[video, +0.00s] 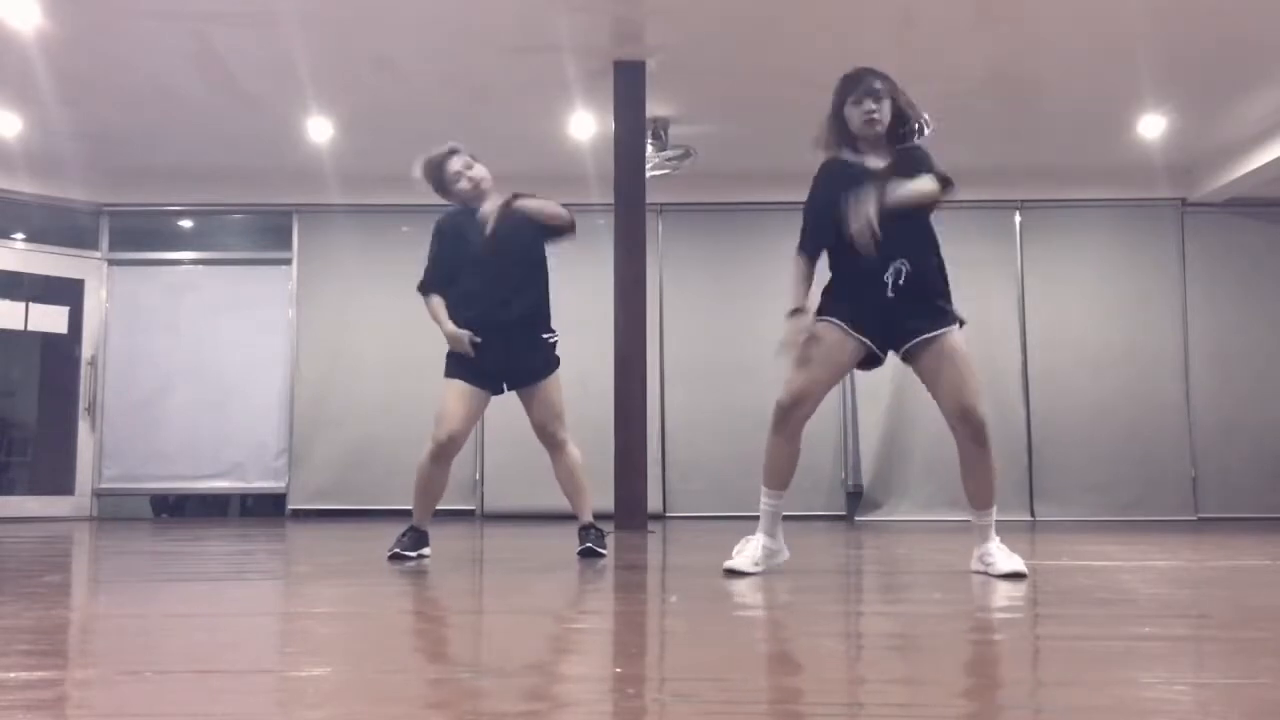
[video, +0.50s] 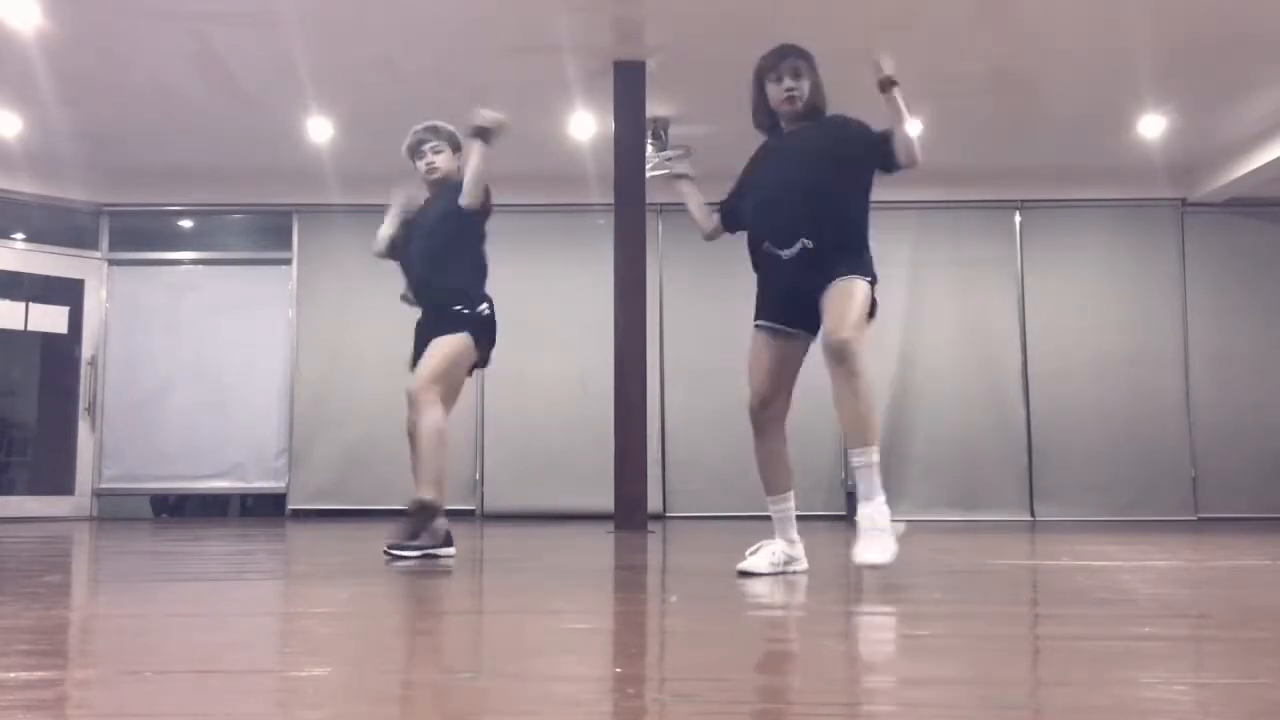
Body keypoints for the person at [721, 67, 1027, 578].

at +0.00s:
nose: (868, 108)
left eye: (877, 99)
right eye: (857, 101)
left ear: (893, 108)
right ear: (842, 113)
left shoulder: (913, 159)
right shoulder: (833, 173)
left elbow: (935, 187)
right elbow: (807, 248)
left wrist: (880, 195)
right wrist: (799, 307)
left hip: (921, 308)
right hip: (851, 310)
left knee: (971, 417)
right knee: (790, 404)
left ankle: (988, 544)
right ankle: (767, 538)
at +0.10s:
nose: (844, 125)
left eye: (855, 115)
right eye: (833, 117)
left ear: (872, 124)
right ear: (819, 128)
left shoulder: (892, 164)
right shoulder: (821, 202)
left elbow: (912, 221)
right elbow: (820, 276)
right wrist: (798, 321)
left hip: (899, 308)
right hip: (836, 316)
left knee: (971, 426)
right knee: (781, 414)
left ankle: (988, 545)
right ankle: (786, 545)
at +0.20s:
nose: (823, 129)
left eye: (832, 120)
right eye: (812, 121)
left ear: (848, 127)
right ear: (798, 133)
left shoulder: (869, 173)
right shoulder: (809, 203)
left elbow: (919, 242)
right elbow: (819, 269)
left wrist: (965, 304)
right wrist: (801, 309)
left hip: (875, 315)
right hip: (817, 320)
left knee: (940, 434)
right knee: (758, 420)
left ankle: (991, 539)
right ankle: (785, 545)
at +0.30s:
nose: (807, 123)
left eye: (816, 115)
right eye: (797, 116)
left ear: (832, 124)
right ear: (782, 127)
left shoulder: (852, 170)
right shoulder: (775, 197)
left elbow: (925, 217)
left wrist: (968, 268)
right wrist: (738, 327)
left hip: (849, 302)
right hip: (791, 309)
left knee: (893, 410)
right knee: (741, 419)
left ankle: (981, 497)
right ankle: (783, 544)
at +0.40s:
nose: (794, 110)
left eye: (803, 101)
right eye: (784, 102)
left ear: (819, 110)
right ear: (769, 113)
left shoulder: (848, 150)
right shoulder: (754, 182)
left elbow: (919, 144)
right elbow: (704, 220)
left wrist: (926, 168)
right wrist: (671, 259)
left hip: (845, 277)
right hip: (785, 292)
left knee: (864, 362)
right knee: (750, 411)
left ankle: (913, 499)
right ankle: (784, 543)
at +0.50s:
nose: (787, 86)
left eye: (797, 76)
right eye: (776, 79)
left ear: (815, 83)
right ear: (764, 92)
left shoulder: (842, 132)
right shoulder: (765, 158)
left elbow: (907, 154)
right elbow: (712, 225)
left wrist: (893, 95)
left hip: (843, 268)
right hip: (781, 282)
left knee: (841, 347)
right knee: (764, 405)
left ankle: (871, 508)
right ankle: (786, 543)